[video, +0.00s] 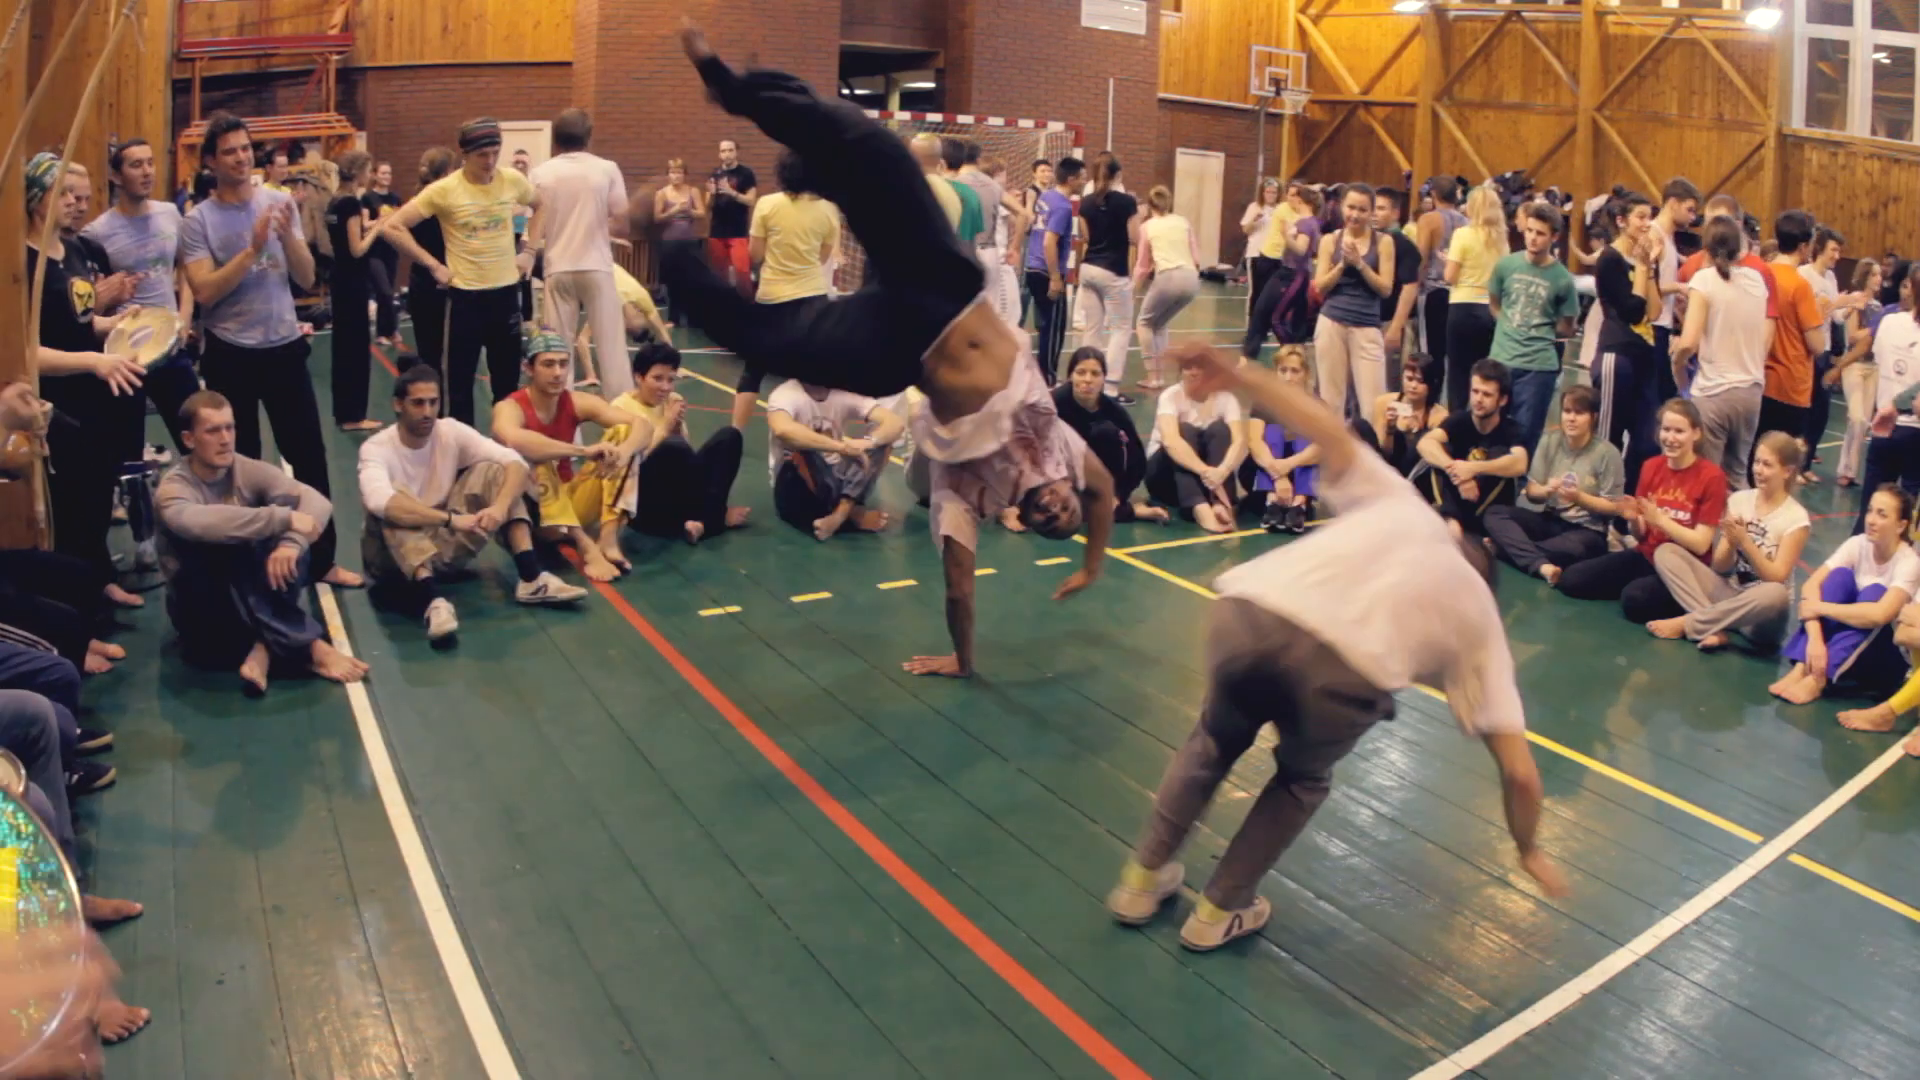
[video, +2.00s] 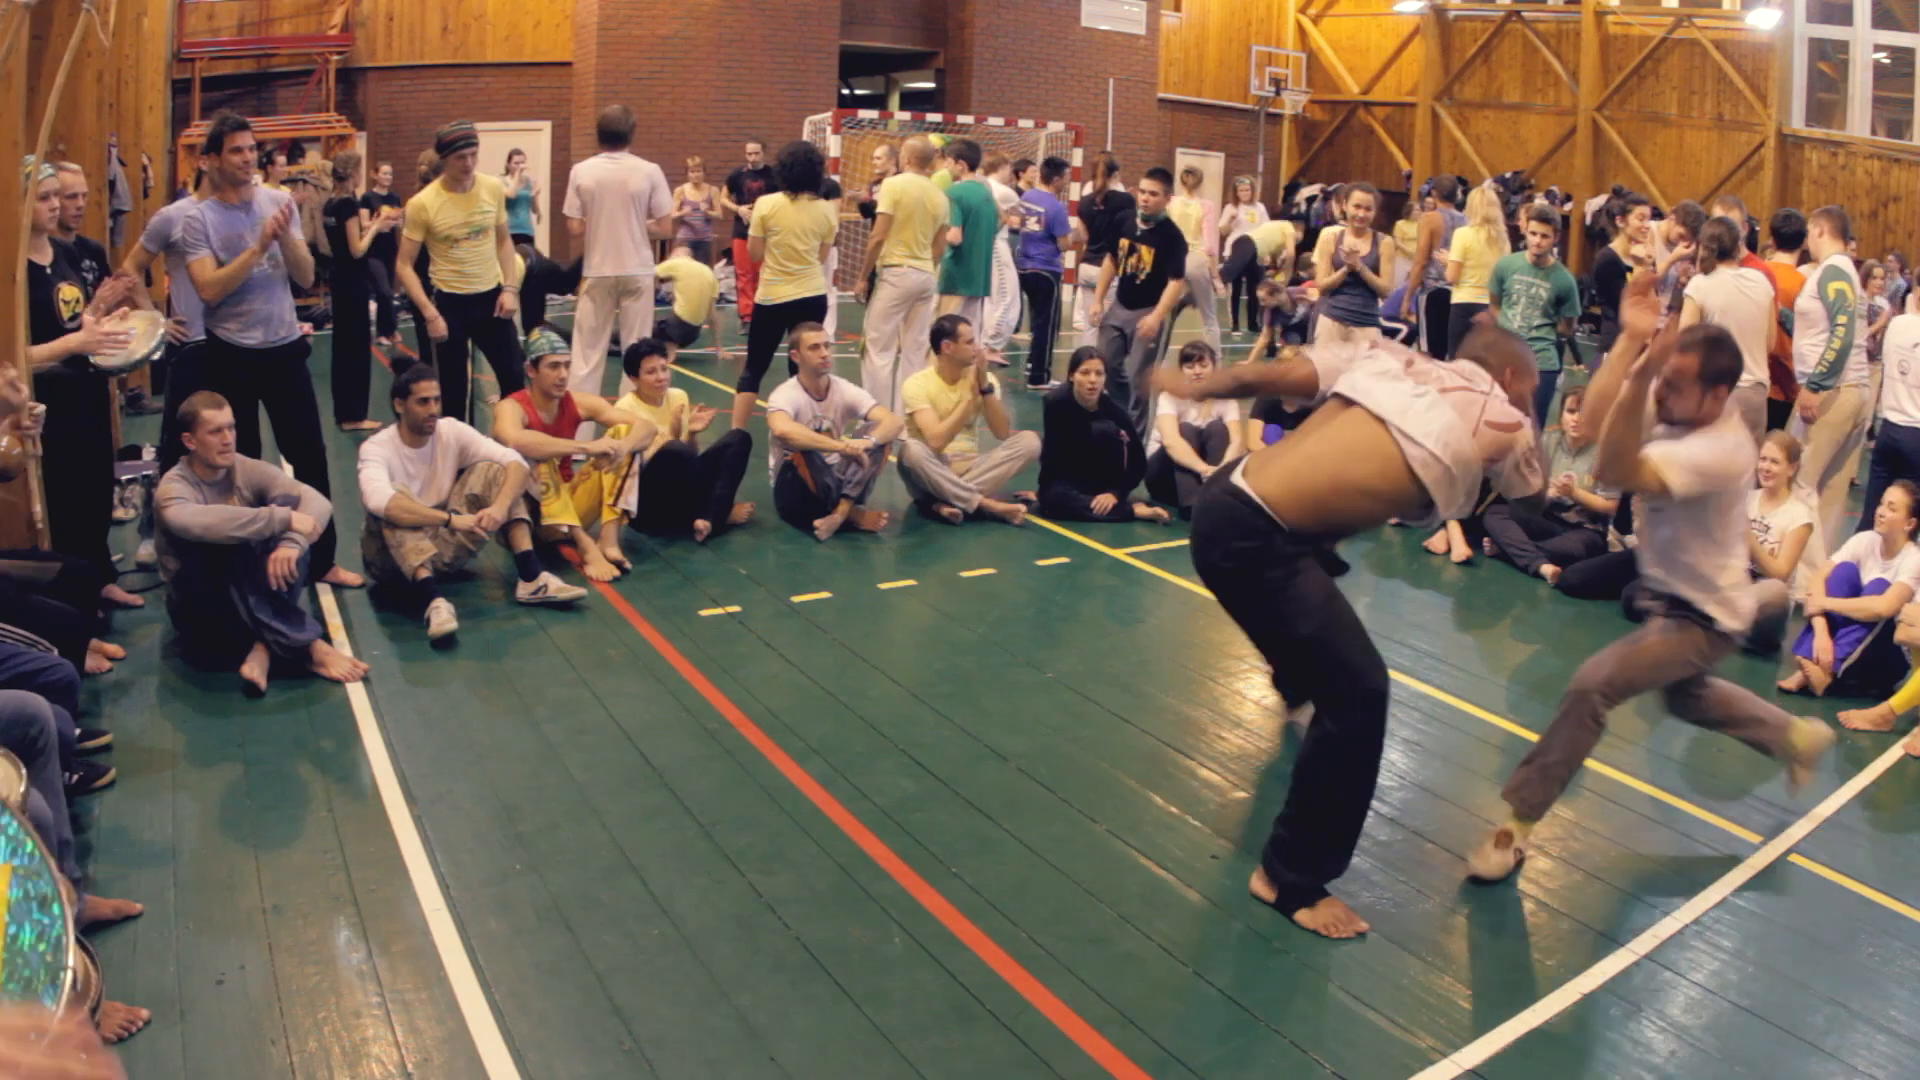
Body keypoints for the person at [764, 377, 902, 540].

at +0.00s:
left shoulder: (844, 396)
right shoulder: (786, 394)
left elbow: (895, 422)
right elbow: (782, 430)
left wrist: (870, 443)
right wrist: (841, 447)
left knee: (878, 442)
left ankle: (840, 513)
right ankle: (853, 512)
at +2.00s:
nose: (824, 354)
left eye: (827, 347)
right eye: (814, 348)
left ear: (832, 348)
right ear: (795, 356)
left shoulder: (842, 389)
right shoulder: (785, 394)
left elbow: (893, 422)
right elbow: (782, 431)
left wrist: (869, 441)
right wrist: (841, 446)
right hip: (797, 499)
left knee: (879, 432)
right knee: (803, 453)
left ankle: (840, 512)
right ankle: (851, 512)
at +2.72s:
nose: (820, 355)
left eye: (823, 347)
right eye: (810, 349)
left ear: (829, 349)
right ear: (793, 355)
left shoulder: (841, 389)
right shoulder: (784, 394)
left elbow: (889, 419)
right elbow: (781, 431)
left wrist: (870, 441)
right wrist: (840, 446)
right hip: (797, 496)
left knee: (876, 437)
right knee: (803, 456)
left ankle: (840, 513)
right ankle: (852, 512)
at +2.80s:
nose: (820, 355)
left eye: (823, 347)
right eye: (810, 349)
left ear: (829, 349)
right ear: (793, 356)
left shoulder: (846, 390)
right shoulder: (783, 394)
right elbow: (780, 430)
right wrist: (836, 445)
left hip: (841, 489)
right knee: (805, 457)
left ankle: (839, 515)